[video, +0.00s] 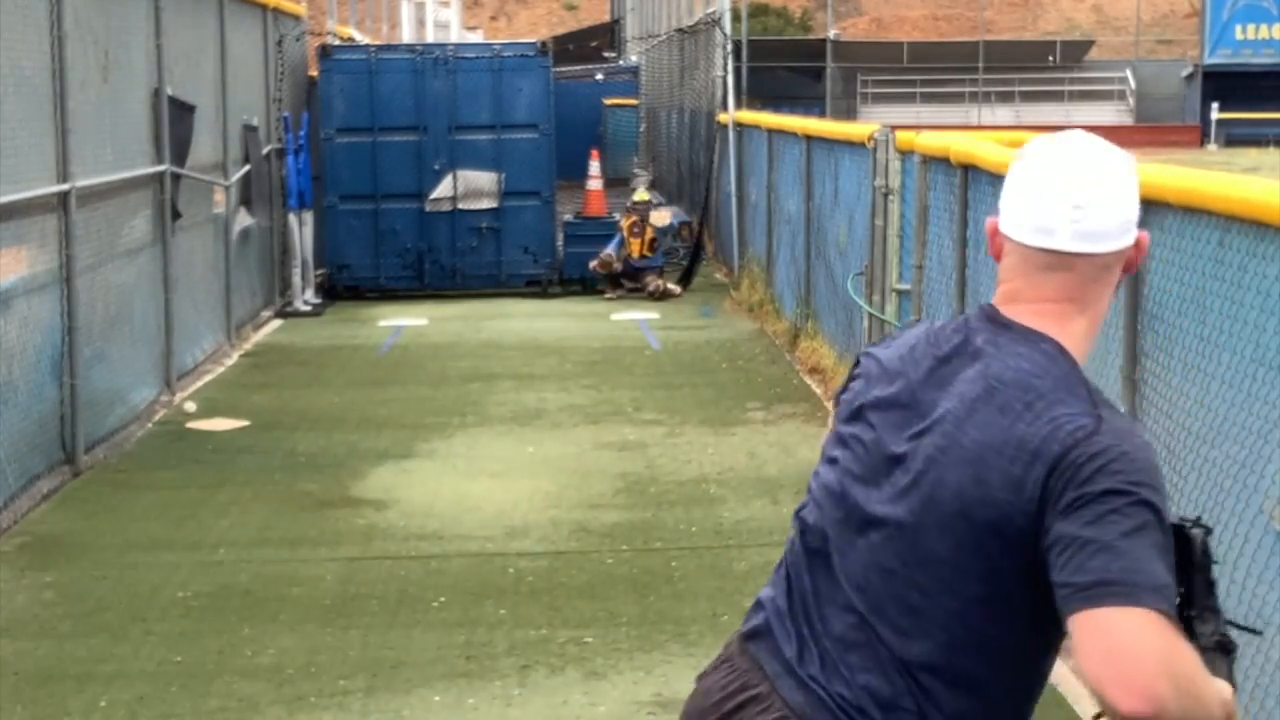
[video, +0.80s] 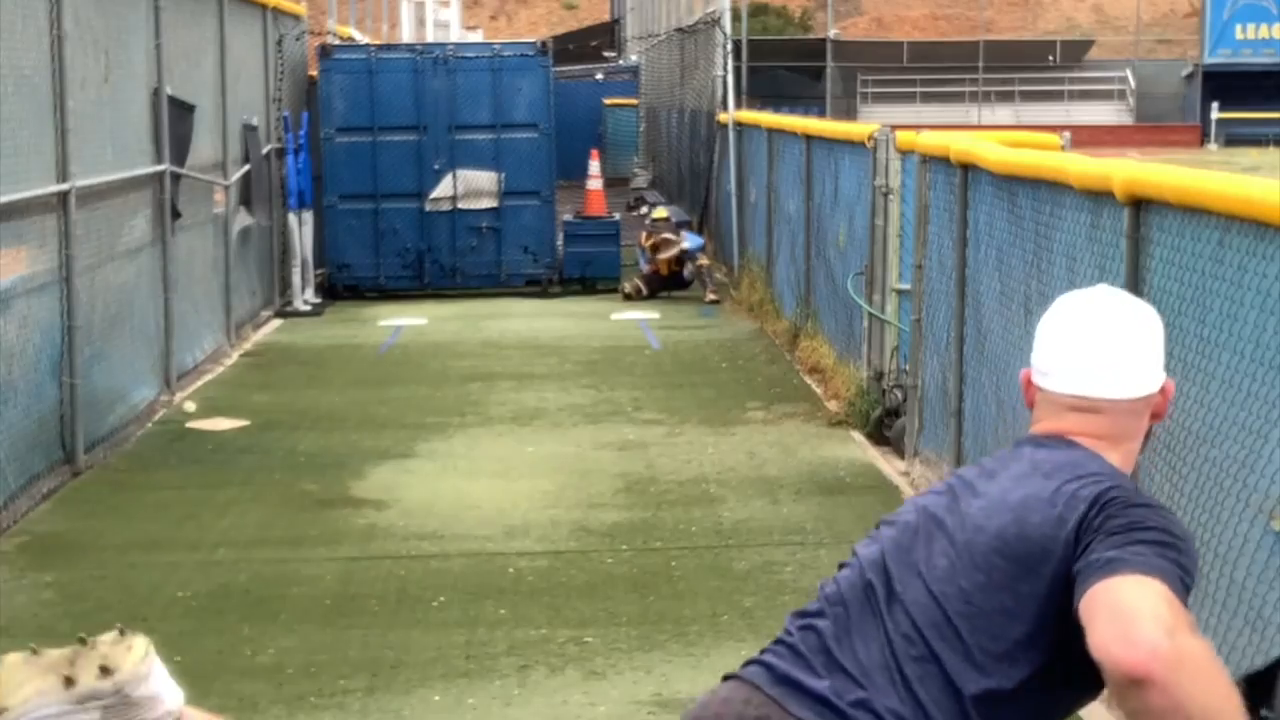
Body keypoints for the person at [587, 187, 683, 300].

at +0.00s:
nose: (642, 209)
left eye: (645, 205)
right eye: (637, 206)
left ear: (650, 207)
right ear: (631, 209)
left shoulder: (658, 227)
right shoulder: (628, 227)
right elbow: (616, 243)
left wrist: (670, 219)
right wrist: (606, 258)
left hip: (651, 267)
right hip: (630, 265)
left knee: (653, 286)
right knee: (610, 265)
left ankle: (665, 289)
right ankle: (616, 289)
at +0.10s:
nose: (640, 212)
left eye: (644, 208)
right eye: (636, 208)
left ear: (649, 209)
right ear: (630, 209)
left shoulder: (656, 228)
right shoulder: (626, 227)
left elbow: (672, 229)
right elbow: (615, 242)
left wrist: (665, 224)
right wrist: (604, 255)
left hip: (650, 267)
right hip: (628, 265)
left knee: (653, 287)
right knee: (610, 265)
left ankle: (665, 289)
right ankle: (615, 289)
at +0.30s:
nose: (654, 227)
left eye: (657, 223)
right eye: (650, 223)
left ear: (663, 223)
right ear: (643, 225)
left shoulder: (671, 237)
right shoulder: (641, 241)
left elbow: (688, 259)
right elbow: (641, 260)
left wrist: (668, 279)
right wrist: (646, 269)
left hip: (678, 277)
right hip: (656, 279)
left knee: (698, 260)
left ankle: (709, 292)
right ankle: (635, 289)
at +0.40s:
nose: (655, 230)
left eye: (658, 225)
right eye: (651, 226)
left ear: (664, 226)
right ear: (644, 227)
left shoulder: (672, 239)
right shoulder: (642, 242)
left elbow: (689, 260)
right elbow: (641, 260)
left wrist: (669, 277)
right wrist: (647, 268)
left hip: (678, 277)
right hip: (656, 279)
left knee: (700, 262)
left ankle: (709, 292)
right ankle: (637, 289)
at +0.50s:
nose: (656, 229)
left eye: (659, 225)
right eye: (652, 225)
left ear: (665, 226)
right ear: (645, 227)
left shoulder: (674, 239)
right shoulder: (642, 243)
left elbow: (690, 258)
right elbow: (642, 260)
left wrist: (670, 269)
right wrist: (648, 271)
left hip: (678, 275)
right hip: (657, 276)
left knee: (699, 261)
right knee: (646, 287)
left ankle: (709, 292)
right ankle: (636, 289)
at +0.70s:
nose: (658, 227)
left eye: (661, 223)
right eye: (654, 223)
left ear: (667, 224)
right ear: (648, 225)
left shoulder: (676, 236)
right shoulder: (644, 239)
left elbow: (695, 252)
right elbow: (641, 259)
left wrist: (673, 252)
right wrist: (647, 269)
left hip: (679, 275)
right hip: (657, 276)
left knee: (700, 261)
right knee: (643, 285)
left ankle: (710, 292)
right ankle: (632, 290)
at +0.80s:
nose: (660, 226)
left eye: (665, 222)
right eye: (656, 222)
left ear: (671, 223)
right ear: (651, 224)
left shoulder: (680, 236)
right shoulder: (646, 240)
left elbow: (700, 242)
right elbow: (642, 263)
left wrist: (681, 247)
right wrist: (648, 268)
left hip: (680, 274)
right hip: (658, 274)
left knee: (701, 261)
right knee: (645, 283)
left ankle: (710, 292)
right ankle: (633, 290)